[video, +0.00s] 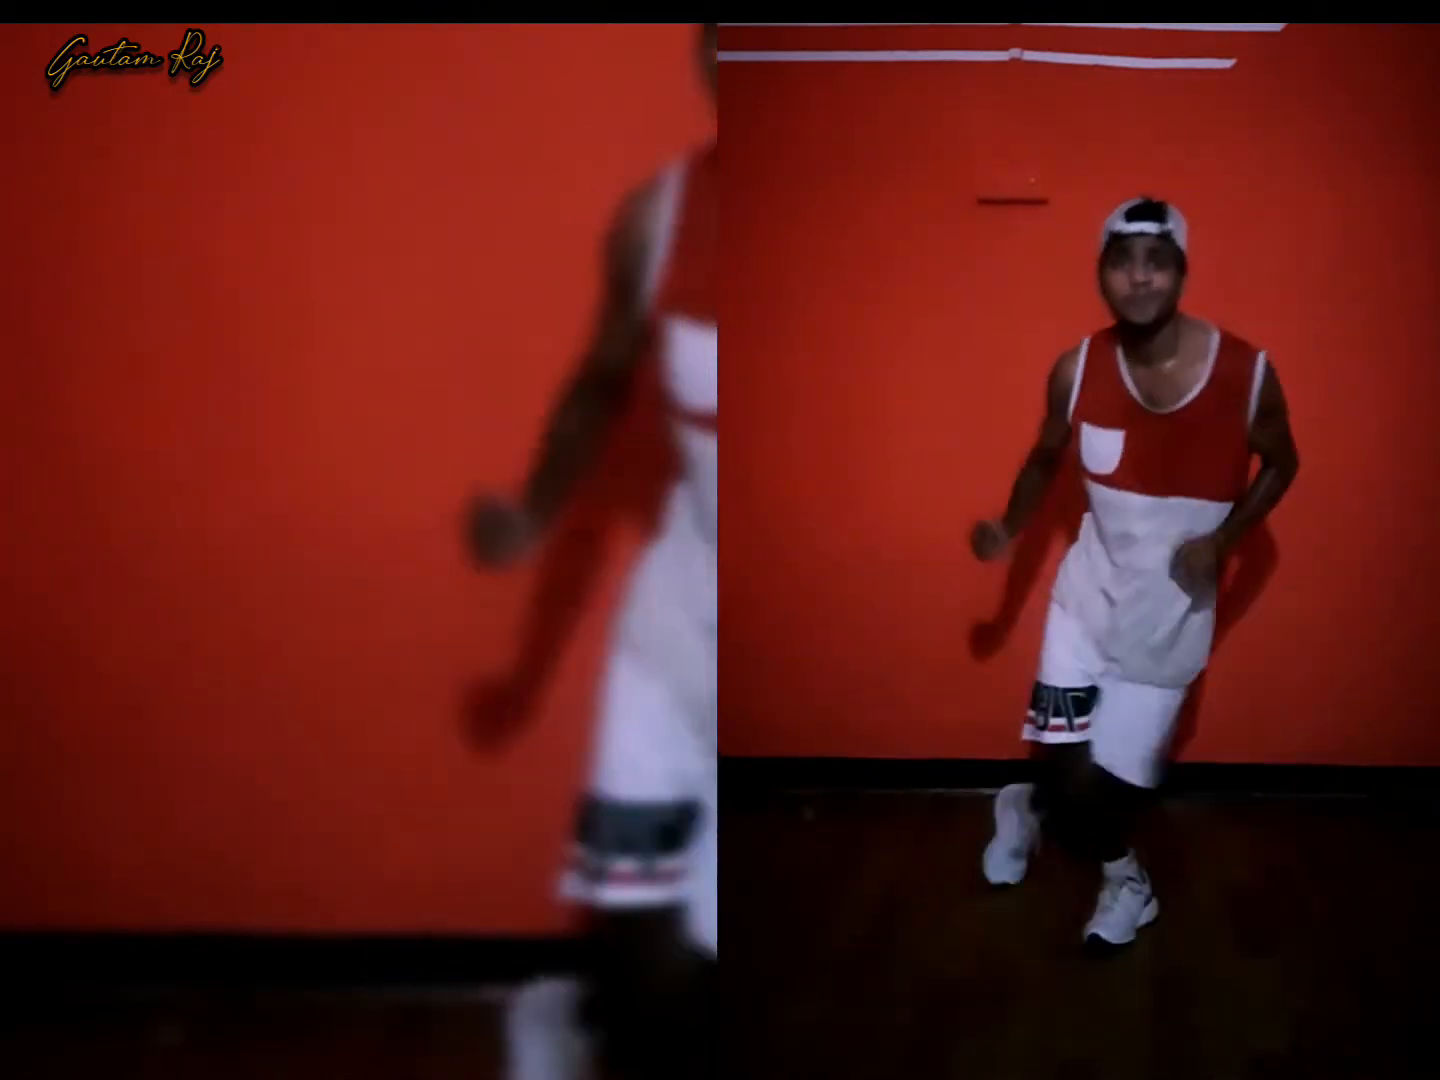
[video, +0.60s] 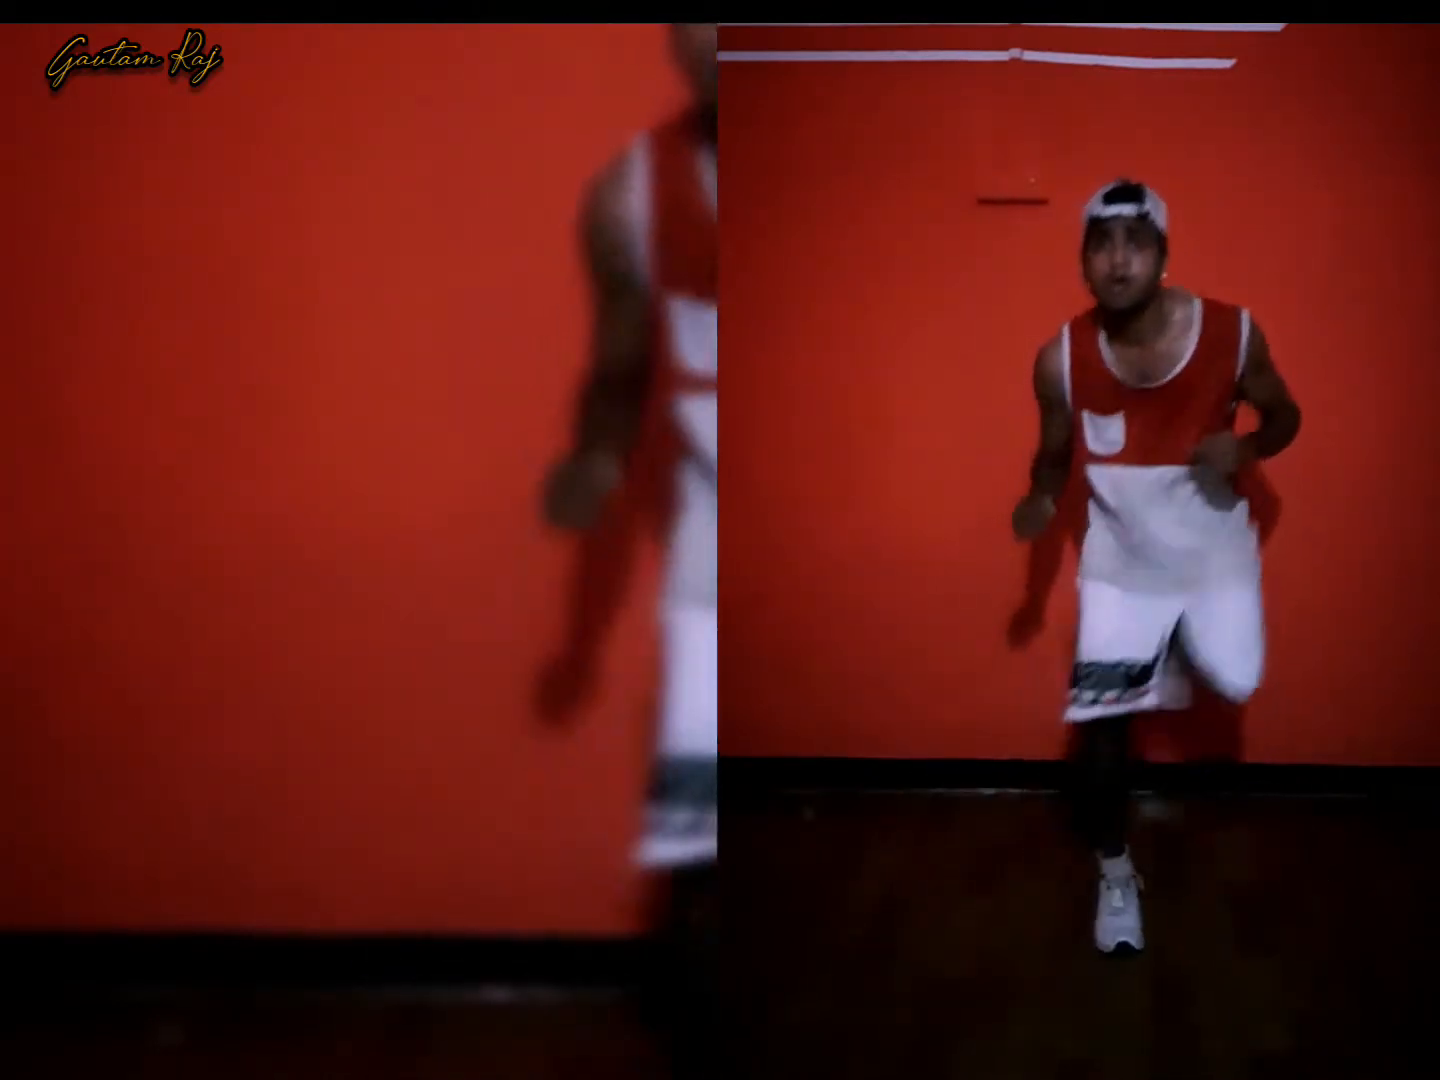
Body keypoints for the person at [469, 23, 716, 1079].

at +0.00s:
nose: (738, 72)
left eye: (760, 54)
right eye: (726, 52)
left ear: (813, 71)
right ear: (704, 63)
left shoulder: (864, 208)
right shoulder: (667, 213)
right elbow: (603, 379)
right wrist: (534, 510)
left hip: (829, 577)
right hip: (699, 568)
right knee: (630, 869)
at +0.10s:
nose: (729, 68)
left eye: (744, 46)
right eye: (713, 45)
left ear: (800, 65)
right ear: (687, 63)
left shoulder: (855, 207)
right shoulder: (647, 220)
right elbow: (601, 403)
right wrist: (543, 489)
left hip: (819, 597)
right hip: (690, 588)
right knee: (626, 894)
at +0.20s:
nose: (732, 64)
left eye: (744, 46)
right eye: (722, 46)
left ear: (790, 64)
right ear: (701, 58)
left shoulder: (857, 191)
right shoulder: (641, 201)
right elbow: (572, 362)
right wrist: (582, 461)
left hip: (811, 553)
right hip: (677, 543)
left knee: (810, 839)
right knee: (648, 838)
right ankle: (655, 1069)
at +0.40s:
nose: (730, 73)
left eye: (741, 51)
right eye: (715, 50)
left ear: (773, 72)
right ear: (685, 67)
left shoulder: (843, 207)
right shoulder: (624, 224)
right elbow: (571, 403)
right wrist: (600, 504)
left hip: (818, 552)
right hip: (686, 547)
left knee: (828, 845)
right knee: (680, 854)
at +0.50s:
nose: (707, 70)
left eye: (723, 46)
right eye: (683, 47)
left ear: (754, 65)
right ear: (649, 73)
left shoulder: (829, 224)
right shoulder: (624, 250)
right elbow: (576, 471)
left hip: (820, 604)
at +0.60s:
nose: (715, 52)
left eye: (724, 39)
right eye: (701, 38)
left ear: (744, 49)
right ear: (677, 48)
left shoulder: (847, 163)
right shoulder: (642, 189)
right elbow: (620, 376)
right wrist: (581, 641)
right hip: (711, 530)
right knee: (695, 804)